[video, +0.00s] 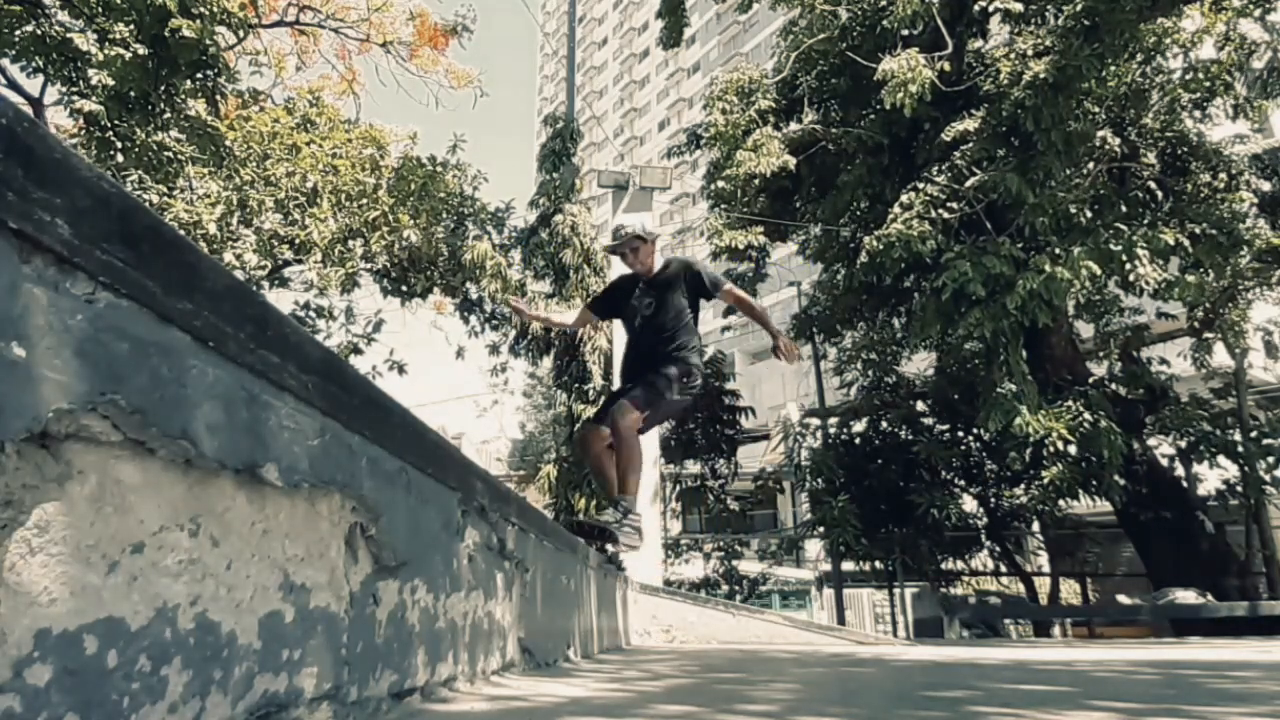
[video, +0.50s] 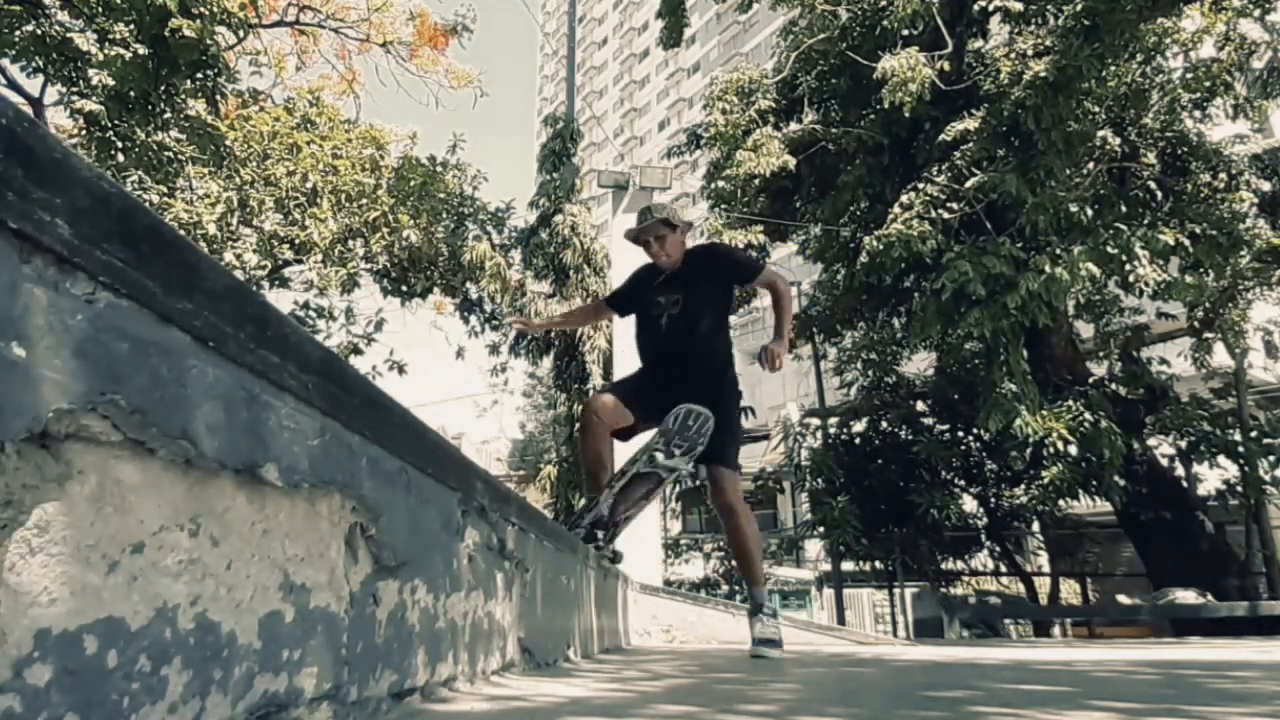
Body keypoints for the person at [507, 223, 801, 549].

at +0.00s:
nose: (630, 259)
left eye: (634, 250)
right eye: (624, 255)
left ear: (652, 244)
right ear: (621, 257)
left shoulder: (685, 270)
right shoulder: (622, 289)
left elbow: (738, 299)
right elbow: (577, 322)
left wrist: (776, 335)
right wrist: (533, 316)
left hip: (680, 372)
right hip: (638, 380)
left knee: (624, 418)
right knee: (590, 437)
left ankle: (630, 518)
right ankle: (618, 518)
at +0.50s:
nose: (654, 249)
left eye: (660, 238)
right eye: (646, 243)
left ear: (681, 233)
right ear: (643, 246)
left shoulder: (716, 260)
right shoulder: (644, 281)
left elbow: (781, 286)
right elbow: (595, 312)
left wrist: (780, 339)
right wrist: (541, 324)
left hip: (713, 388)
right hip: (658, 385)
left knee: (726, 496)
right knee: (596, 412)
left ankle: (761, 607)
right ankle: (597, 520)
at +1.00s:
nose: (661, 219)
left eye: (667, 209)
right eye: (654, 211)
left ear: (686, 204)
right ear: (651, 214)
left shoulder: (719, 231)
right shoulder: (654, 248)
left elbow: (747, 198)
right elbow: (634, 299)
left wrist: (692, 189)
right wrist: (610, 349)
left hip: (716, 371)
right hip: (664, 359)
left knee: (722, 493)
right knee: (619, 384)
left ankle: (753, 605)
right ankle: (583, 496)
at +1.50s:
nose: (660, 106)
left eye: (668, 94)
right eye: (651, 96)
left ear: (695, 85)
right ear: (643, 93)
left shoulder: (731, 107)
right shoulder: (632, 130)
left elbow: (812, 65)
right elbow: (561, 150)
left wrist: (849, 17)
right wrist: (492, 156)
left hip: (725, 256)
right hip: (659, 264)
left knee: (744, 290)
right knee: (616, 358)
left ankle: (717, 417)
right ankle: (577, 485)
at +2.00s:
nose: (709, 117)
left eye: (723, 102)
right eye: (695, 101)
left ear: (747, 97)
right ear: (679, 95)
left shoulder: (778, 140)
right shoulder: (656, 123)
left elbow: (834, 214)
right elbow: (570, 125)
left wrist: (835, 308)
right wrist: (538, 106)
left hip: (746, 297)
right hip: (671, 303)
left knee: (724, 394)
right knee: (655, 434)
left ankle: (754, 568)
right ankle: (709, 571)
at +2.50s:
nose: (1005, 132)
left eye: (1027, 128)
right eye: (997, 107)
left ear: (1031, 147)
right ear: (958, 97)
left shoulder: (989, 224)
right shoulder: (877, 108)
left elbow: (1095, 290)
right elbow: (754, 88)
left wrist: (1238, 260)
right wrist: (652, 60)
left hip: (812, 327)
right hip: (740, 246)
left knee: (951, 420)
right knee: (786, 263)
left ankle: (860, 623)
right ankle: (669, 496)